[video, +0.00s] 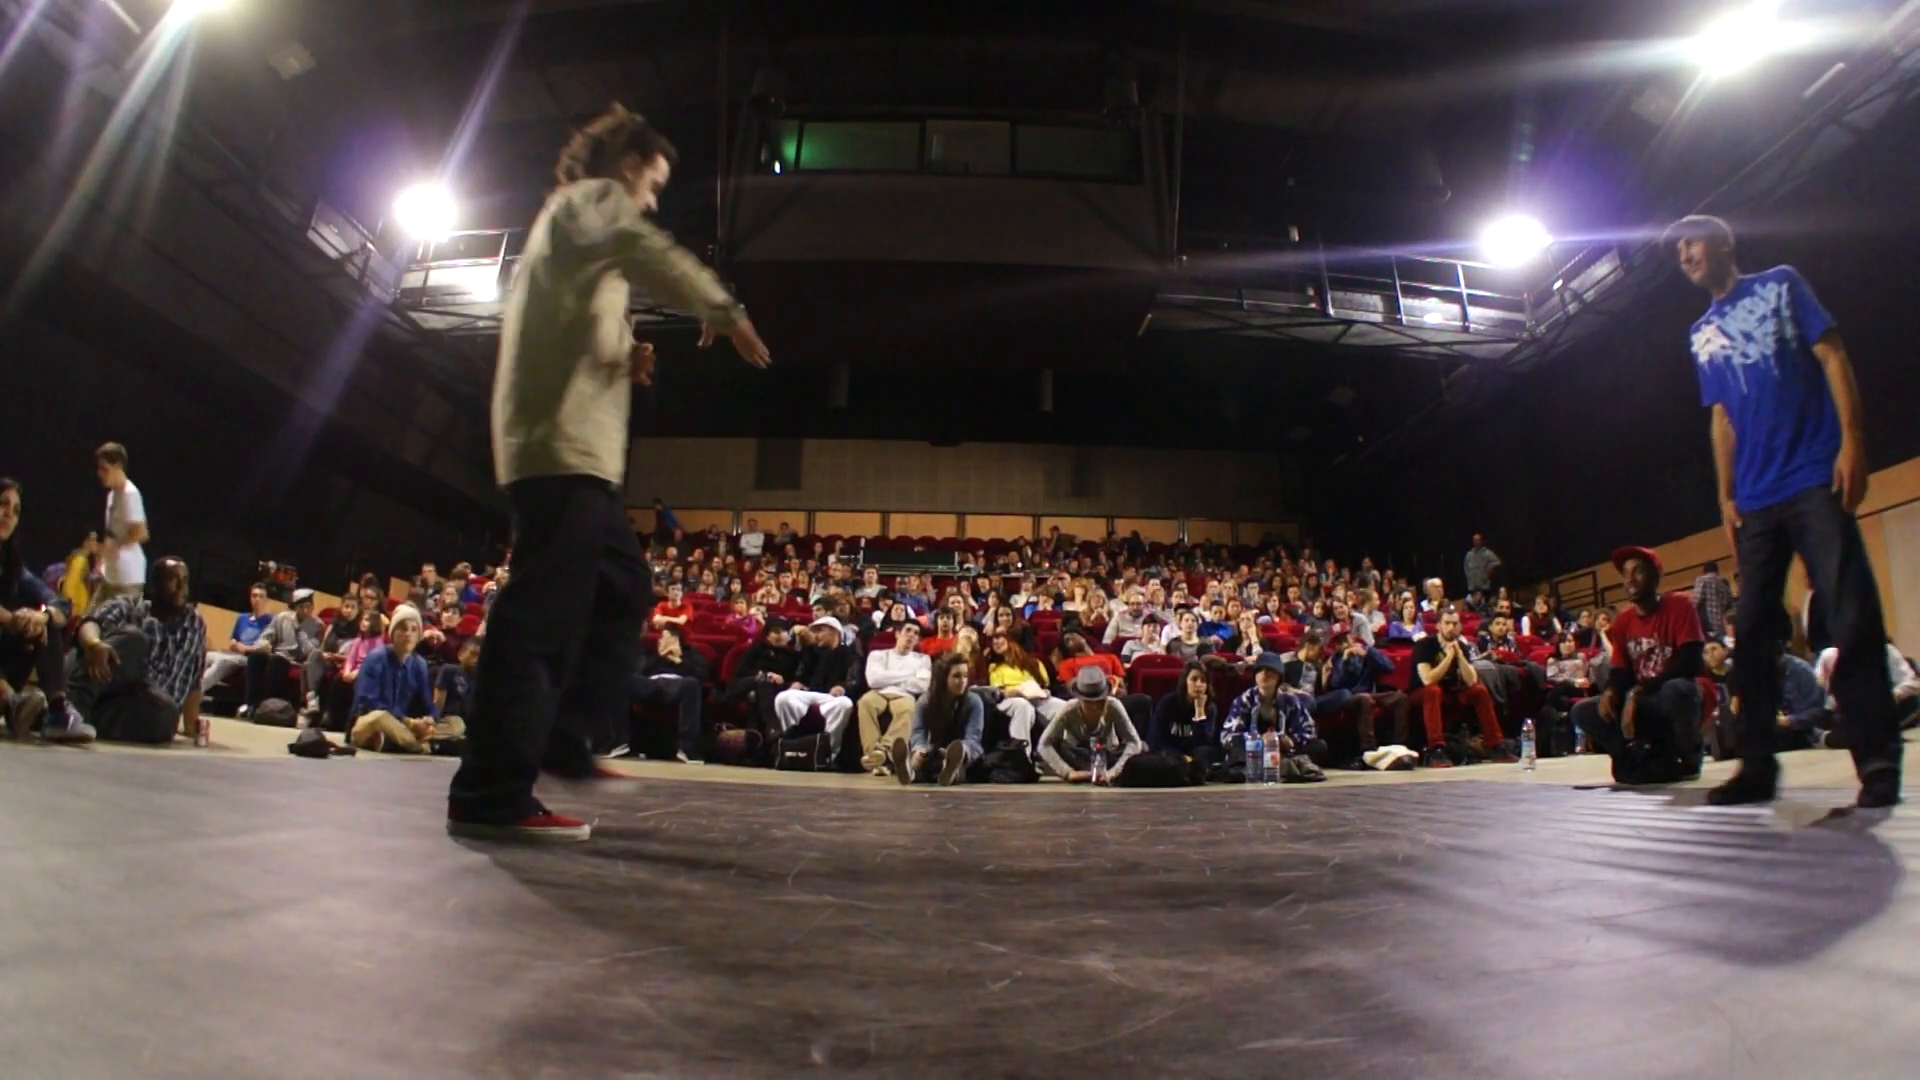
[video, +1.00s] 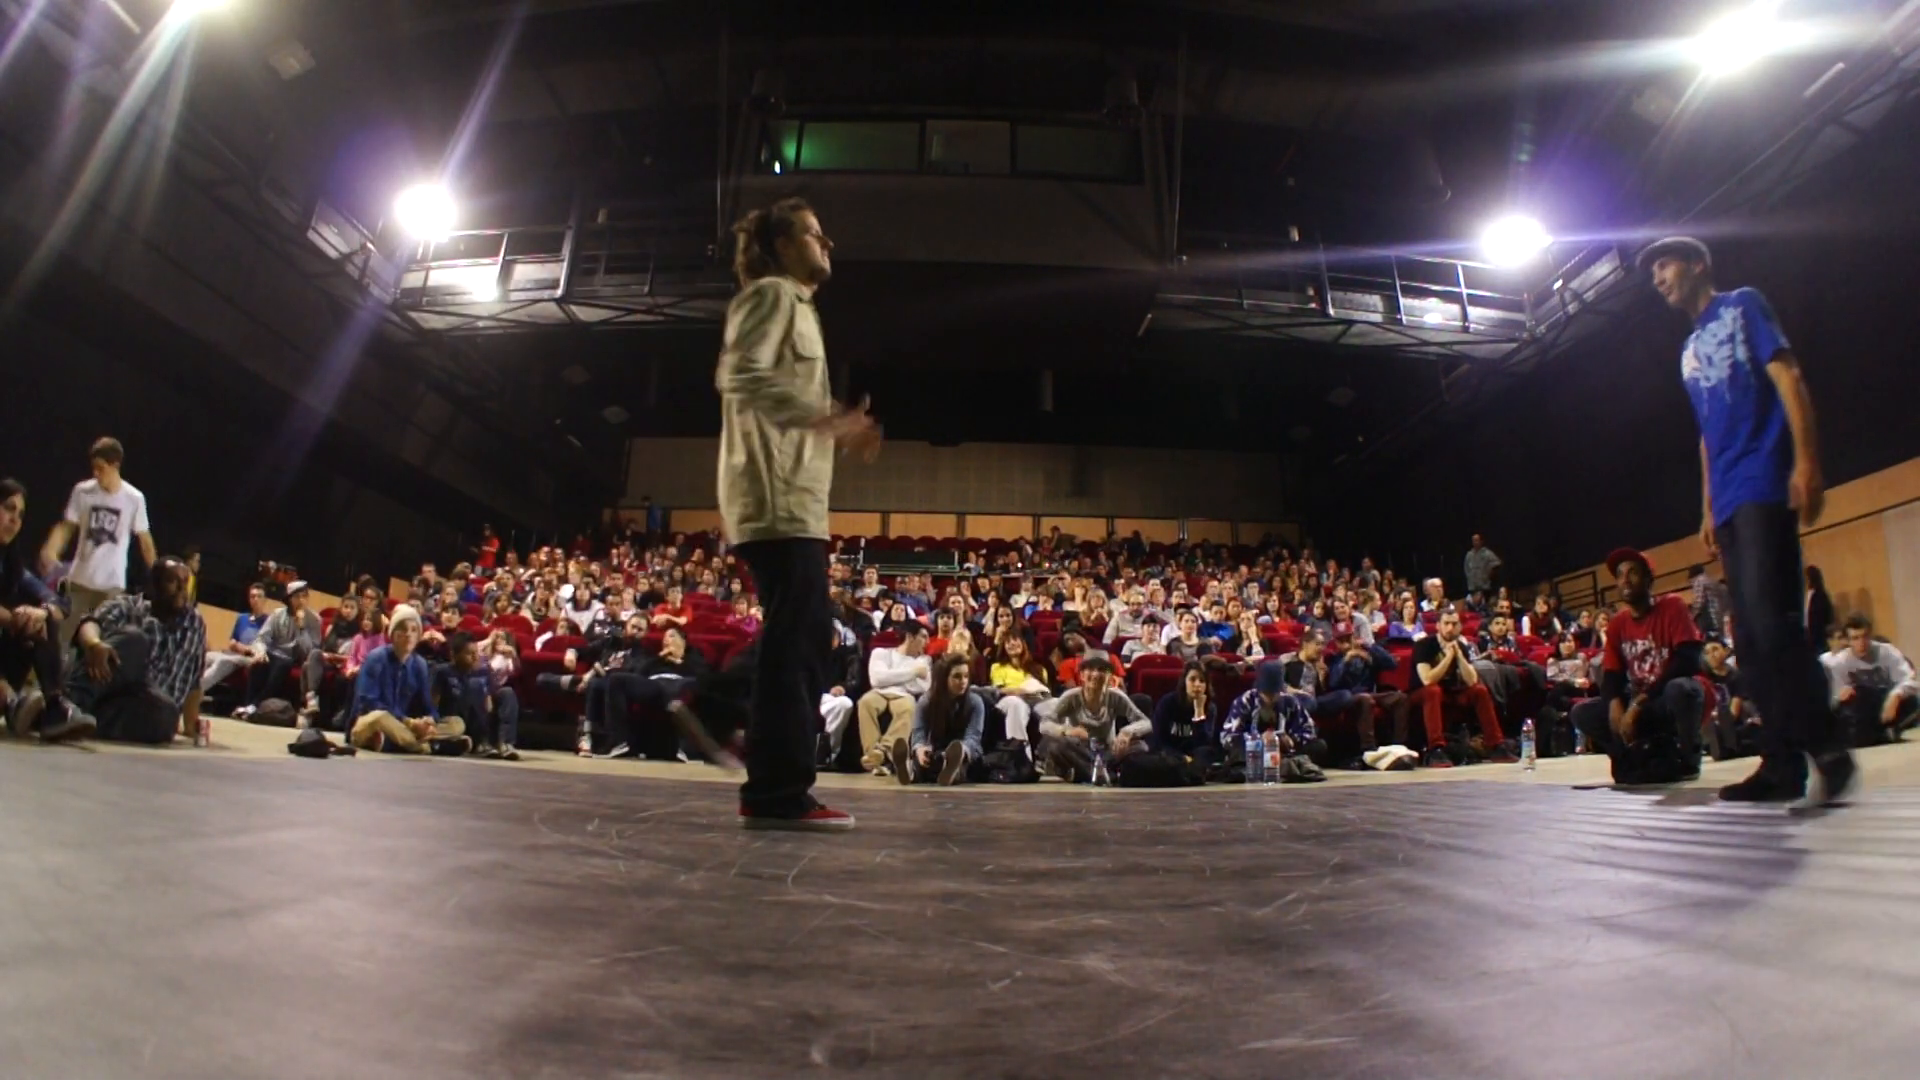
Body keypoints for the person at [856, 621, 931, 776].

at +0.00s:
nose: (911, 636)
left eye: (915, 633)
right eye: (908, 631)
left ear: (918, 639)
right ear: (897, 634)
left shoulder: (923, 659)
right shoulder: (877, 655)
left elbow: (923, 685)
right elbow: (873, 680)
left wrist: (888, 681)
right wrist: (908, 678)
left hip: (904, 694)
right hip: (880, 691)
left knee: (907, 710)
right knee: (865, 703)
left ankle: (884, 749)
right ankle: (875, 760)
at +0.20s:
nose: (915, 636)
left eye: (918, 634)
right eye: (911, 631)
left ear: (920, 639)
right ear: (899, 633)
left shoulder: (923, 659)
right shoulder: (877, 654)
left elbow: (922, 686)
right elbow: (874, 680)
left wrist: (889, 680)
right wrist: (910, 675)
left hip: (905, 694)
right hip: (880, 691)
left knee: (907, 710)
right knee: (865, 703)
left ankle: (884, 750)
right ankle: (875, 760)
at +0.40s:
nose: (921, 640)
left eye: (923, 637)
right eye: (918, 634)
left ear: (924, 640)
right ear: (904, 634)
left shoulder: (923, 659)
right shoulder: (878, 654)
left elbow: (924, 686)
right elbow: (875, 680)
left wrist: (895, 680)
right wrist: (909, 668)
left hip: (905, 693)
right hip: (881, 690)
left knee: (906, 710)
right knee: (866, 703)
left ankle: (884, 750)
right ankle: (875, 760)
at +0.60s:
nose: (925, 641)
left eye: (927, 637)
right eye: (922, 636)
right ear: (908, 635)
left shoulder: (924, 659)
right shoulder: (879, 653)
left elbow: (924, 686)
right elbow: (877, 679)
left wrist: (893, 678)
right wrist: (913, 669)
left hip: (904, 693)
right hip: (881, 691)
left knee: (906, 709)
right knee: (866, 703)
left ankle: (886, 748)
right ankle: (874, 760)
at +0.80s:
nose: (926, 642)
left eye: (927, 638)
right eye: (924, 637)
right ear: (910, 637)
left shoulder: (924, 660)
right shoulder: (880, 653)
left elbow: (923, 687)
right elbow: (878, 679)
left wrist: (891, 677)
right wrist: (915, 671)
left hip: (904, 693)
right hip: (881, 691)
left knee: (906, 709)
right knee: (866, 703)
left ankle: (885, 748)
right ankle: (874, 760)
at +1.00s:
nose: (925, 642)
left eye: (927, 638)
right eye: (923, 637)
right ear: (909, 636)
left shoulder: (923, 660)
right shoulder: (880, 653)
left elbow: (923, 687)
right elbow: (877, 679)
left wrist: (891, 678)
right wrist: (914, 672)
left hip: (904, 693)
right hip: (881, 691)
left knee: (907, 710)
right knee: (865, 703)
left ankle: (884, 749)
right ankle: (875, 760)